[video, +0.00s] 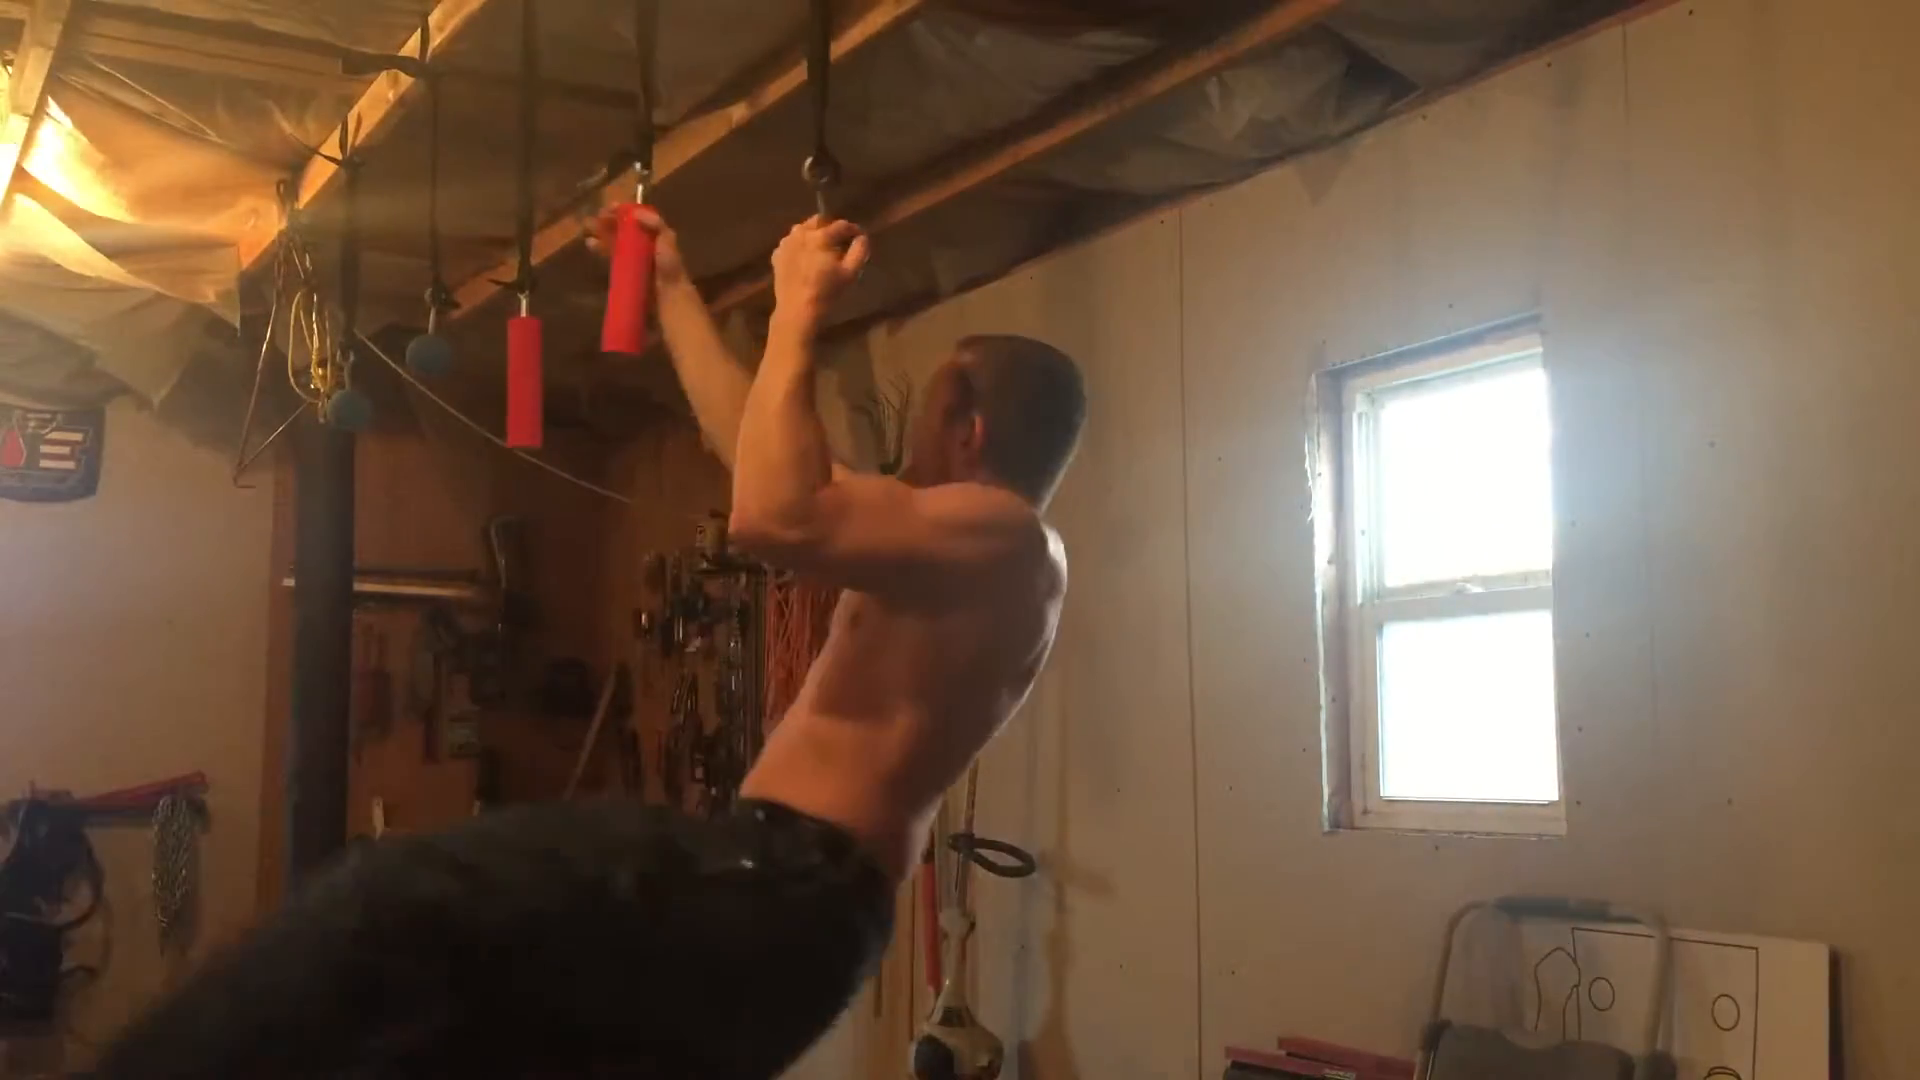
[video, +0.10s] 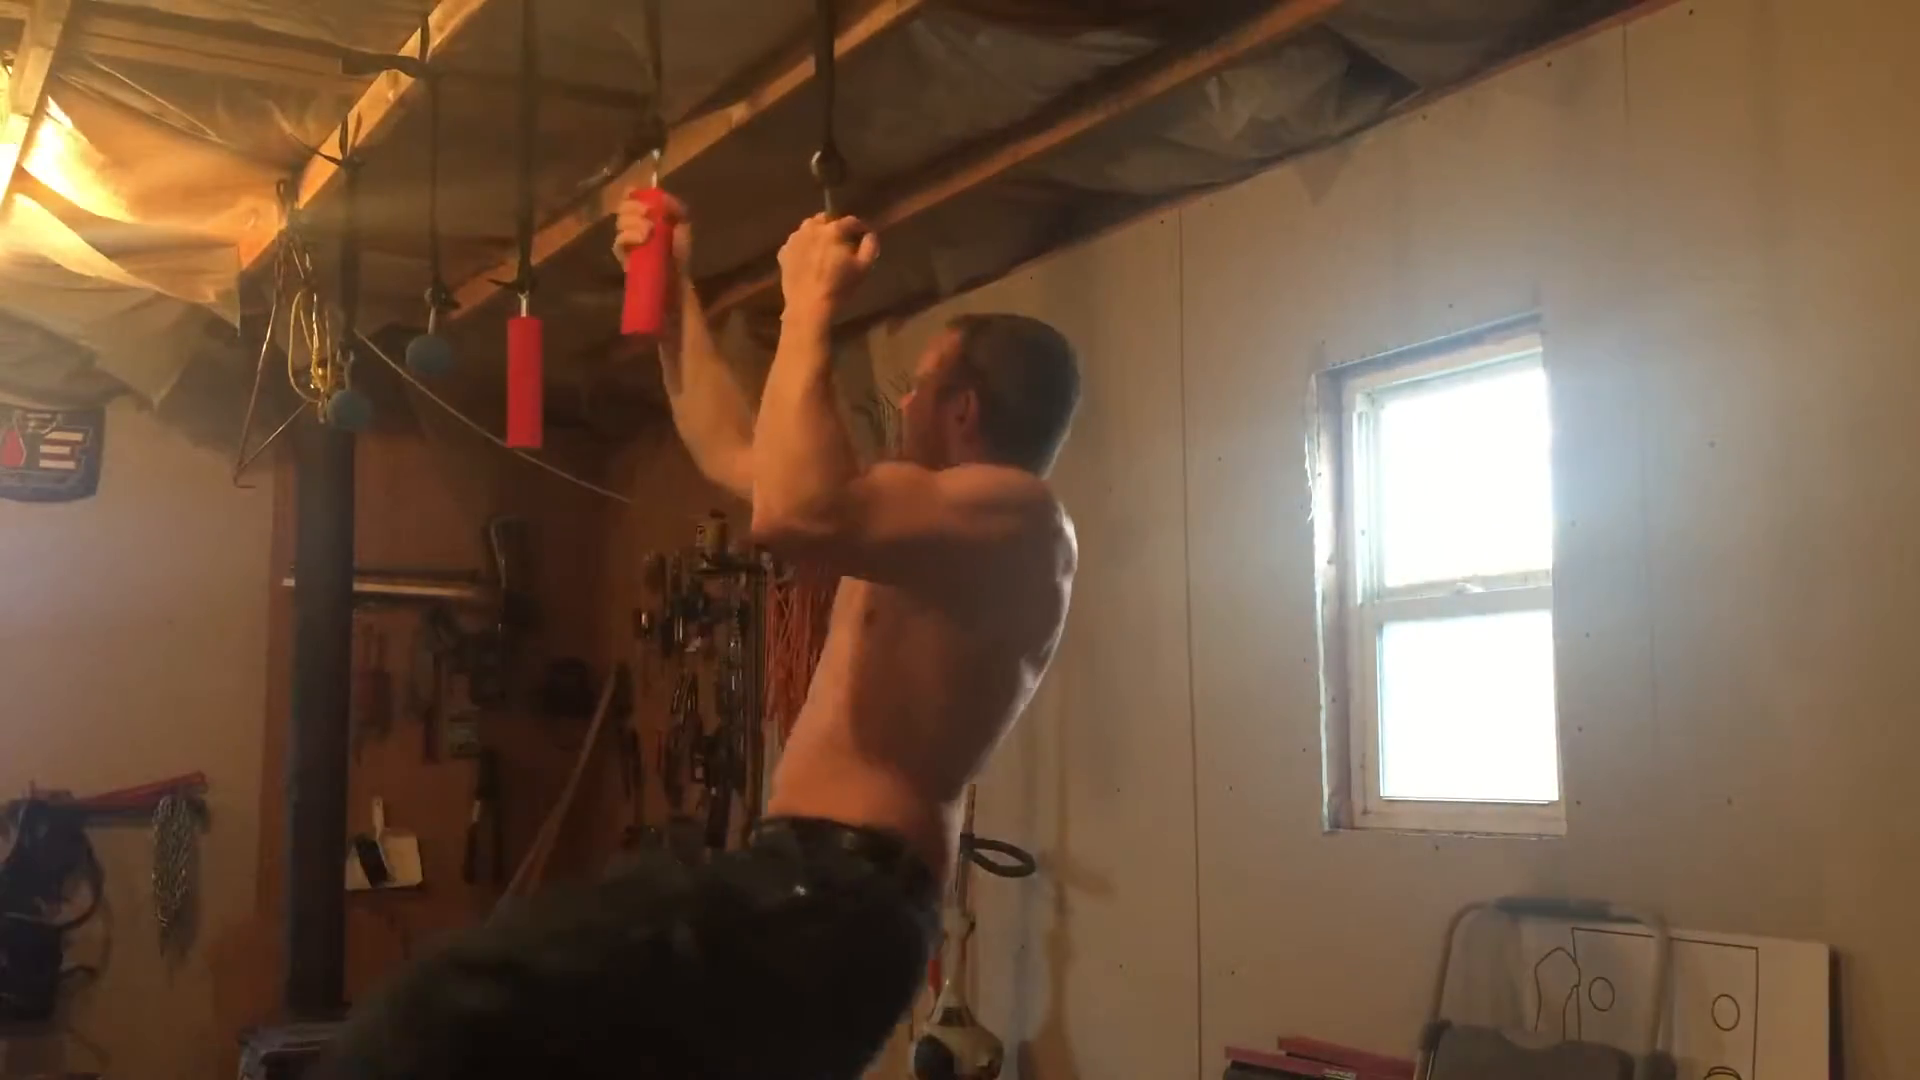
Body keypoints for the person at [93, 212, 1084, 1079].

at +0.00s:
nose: (917, 424)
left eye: (933, 404)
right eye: (924, 404)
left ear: (971, 413)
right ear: (1019, 436)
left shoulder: (1004, 534)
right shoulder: (966, 538)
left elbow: (778, 511)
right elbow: (761, 465)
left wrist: (798, 310)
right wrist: (670, 287)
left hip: (786, 885)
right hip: (781, 880)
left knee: (397, 908)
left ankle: (149, 1067)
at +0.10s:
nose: (899, 399)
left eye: (920, 383)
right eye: (910, 381)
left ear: (968, 408)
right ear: (978, 414)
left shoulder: (1014, 511)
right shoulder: (935, 504)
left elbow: (801, 506)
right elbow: (730, 451)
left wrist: (809, 311)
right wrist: (671, 288)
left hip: (843, 894)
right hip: (799, 875)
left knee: (460, 1005)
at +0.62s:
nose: (854, 313)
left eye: (884, 289)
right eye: (867, 286)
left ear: (959, 303)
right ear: (886, 302)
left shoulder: (1050, 407)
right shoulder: (830, 431)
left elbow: (963, 422)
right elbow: (658, 422)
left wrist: (911, 233)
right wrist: (660, 232)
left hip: (901, 824)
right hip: (778, 832)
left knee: (757, 1061)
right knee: (674, 1058)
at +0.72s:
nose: (841, 318)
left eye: (862, 294)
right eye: (850, 295)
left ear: (928, 303)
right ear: (904, 311)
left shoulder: (1038, 416)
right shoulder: (816, 432)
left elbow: (1000, 440)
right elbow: (646, 422)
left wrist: (947, 235)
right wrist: (645, 229)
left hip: (887, 812)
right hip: (757, 825)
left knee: (779, 1060)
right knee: (666, 1059)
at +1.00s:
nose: (801, 351)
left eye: (819, 325)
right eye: (810, 327)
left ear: (877, 338)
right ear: (864, 342)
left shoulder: (957, 466)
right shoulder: (772, 458)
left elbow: (1017, 439)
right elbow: (615, 437)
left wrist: (953, 250)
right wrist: (621, 243)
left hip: (830, 840)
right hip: (707, 848)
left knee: (696, 1060)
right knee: (619, 1059)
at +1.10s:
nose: (772, 374)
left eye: (787, 352)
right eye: (778, 353)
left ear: (844, 367)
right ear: (846, 368)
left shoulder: (925, 506)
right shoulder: (755, 476)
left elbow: (951, 454)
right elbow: (605, 445)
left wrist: (913, 263)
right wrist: (615, 257)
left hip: (788, 880)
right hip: (695, 876)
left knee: (575, 1061)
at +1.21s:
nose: (750, 394)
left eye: (764, 373)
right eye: (756, 372)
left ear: (817, 385)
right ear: (812, 387)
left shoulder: (904, 523)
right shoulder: (740, 485)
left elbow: (895, 456)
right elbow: (606, 449)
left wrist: (876, 273)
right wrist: (616, 263)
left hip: (761, 897)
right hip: (677, 890)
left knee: (531, 1041)